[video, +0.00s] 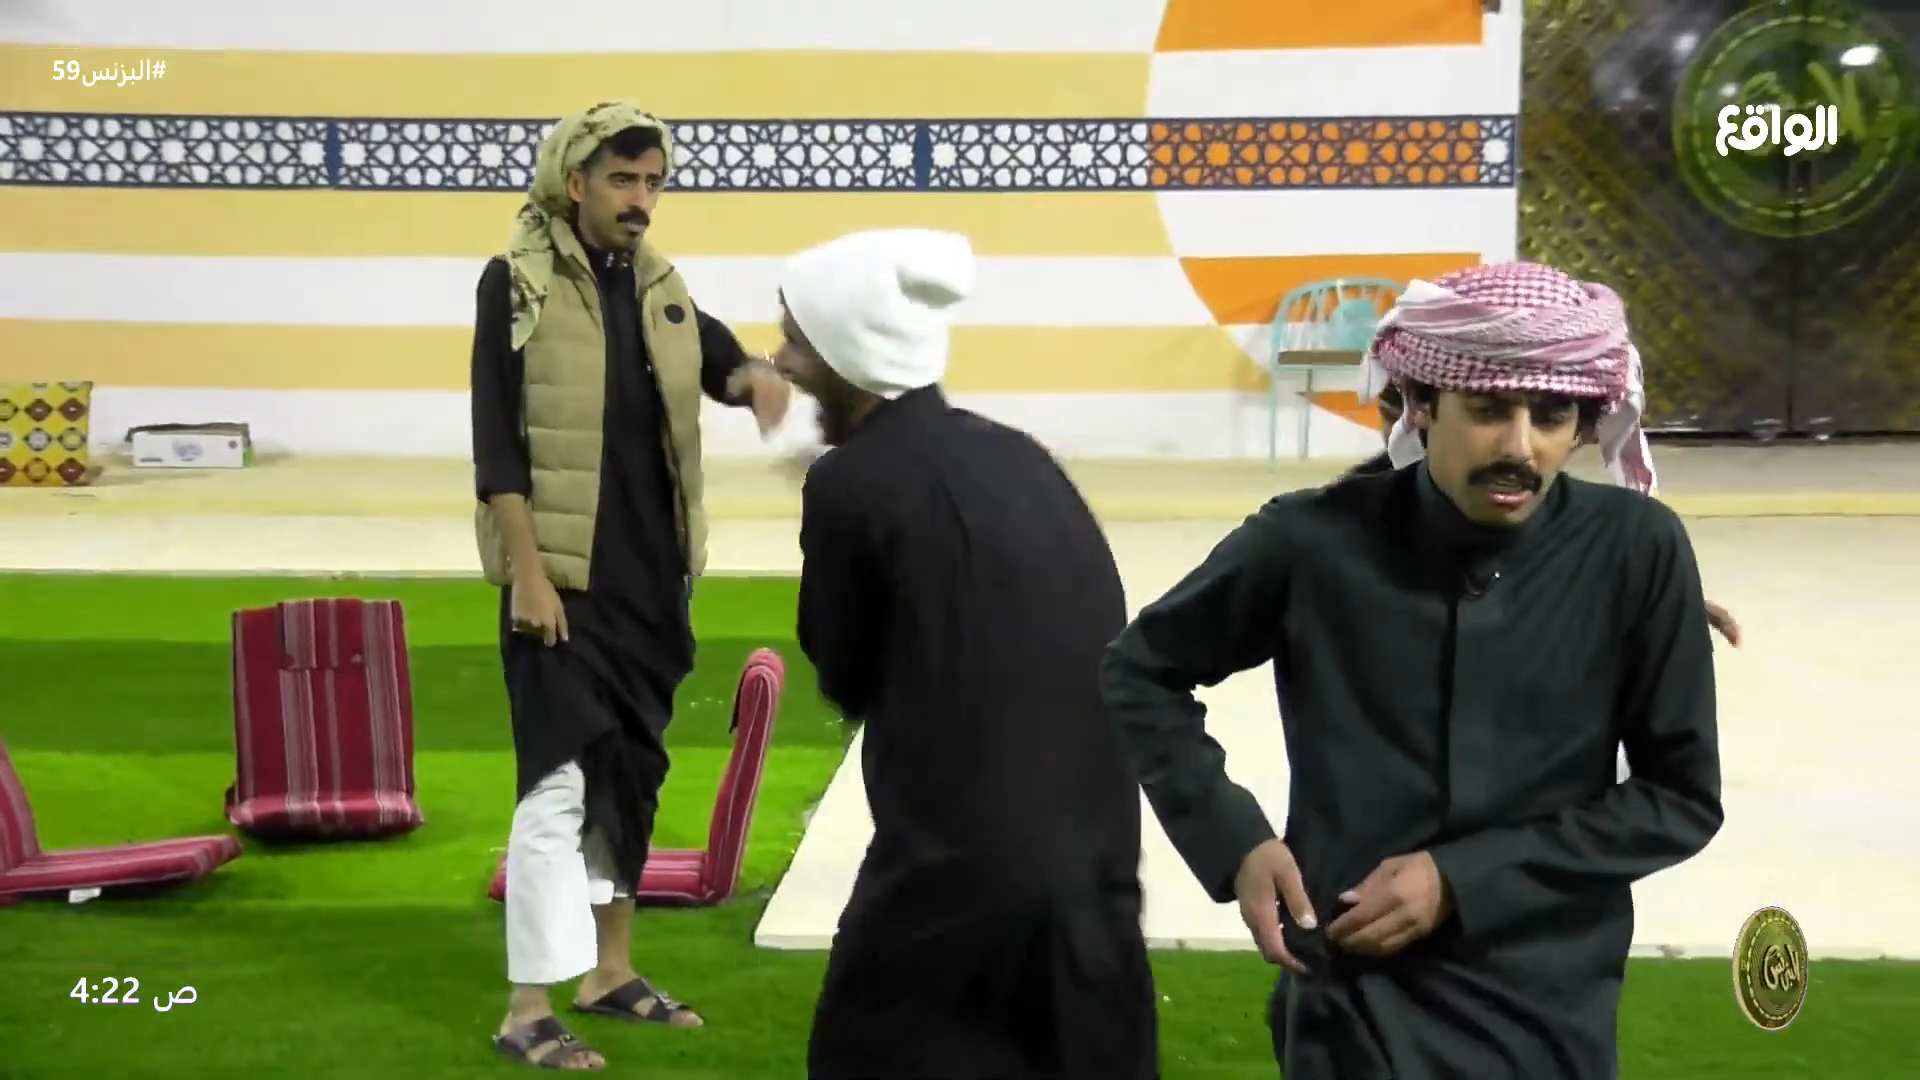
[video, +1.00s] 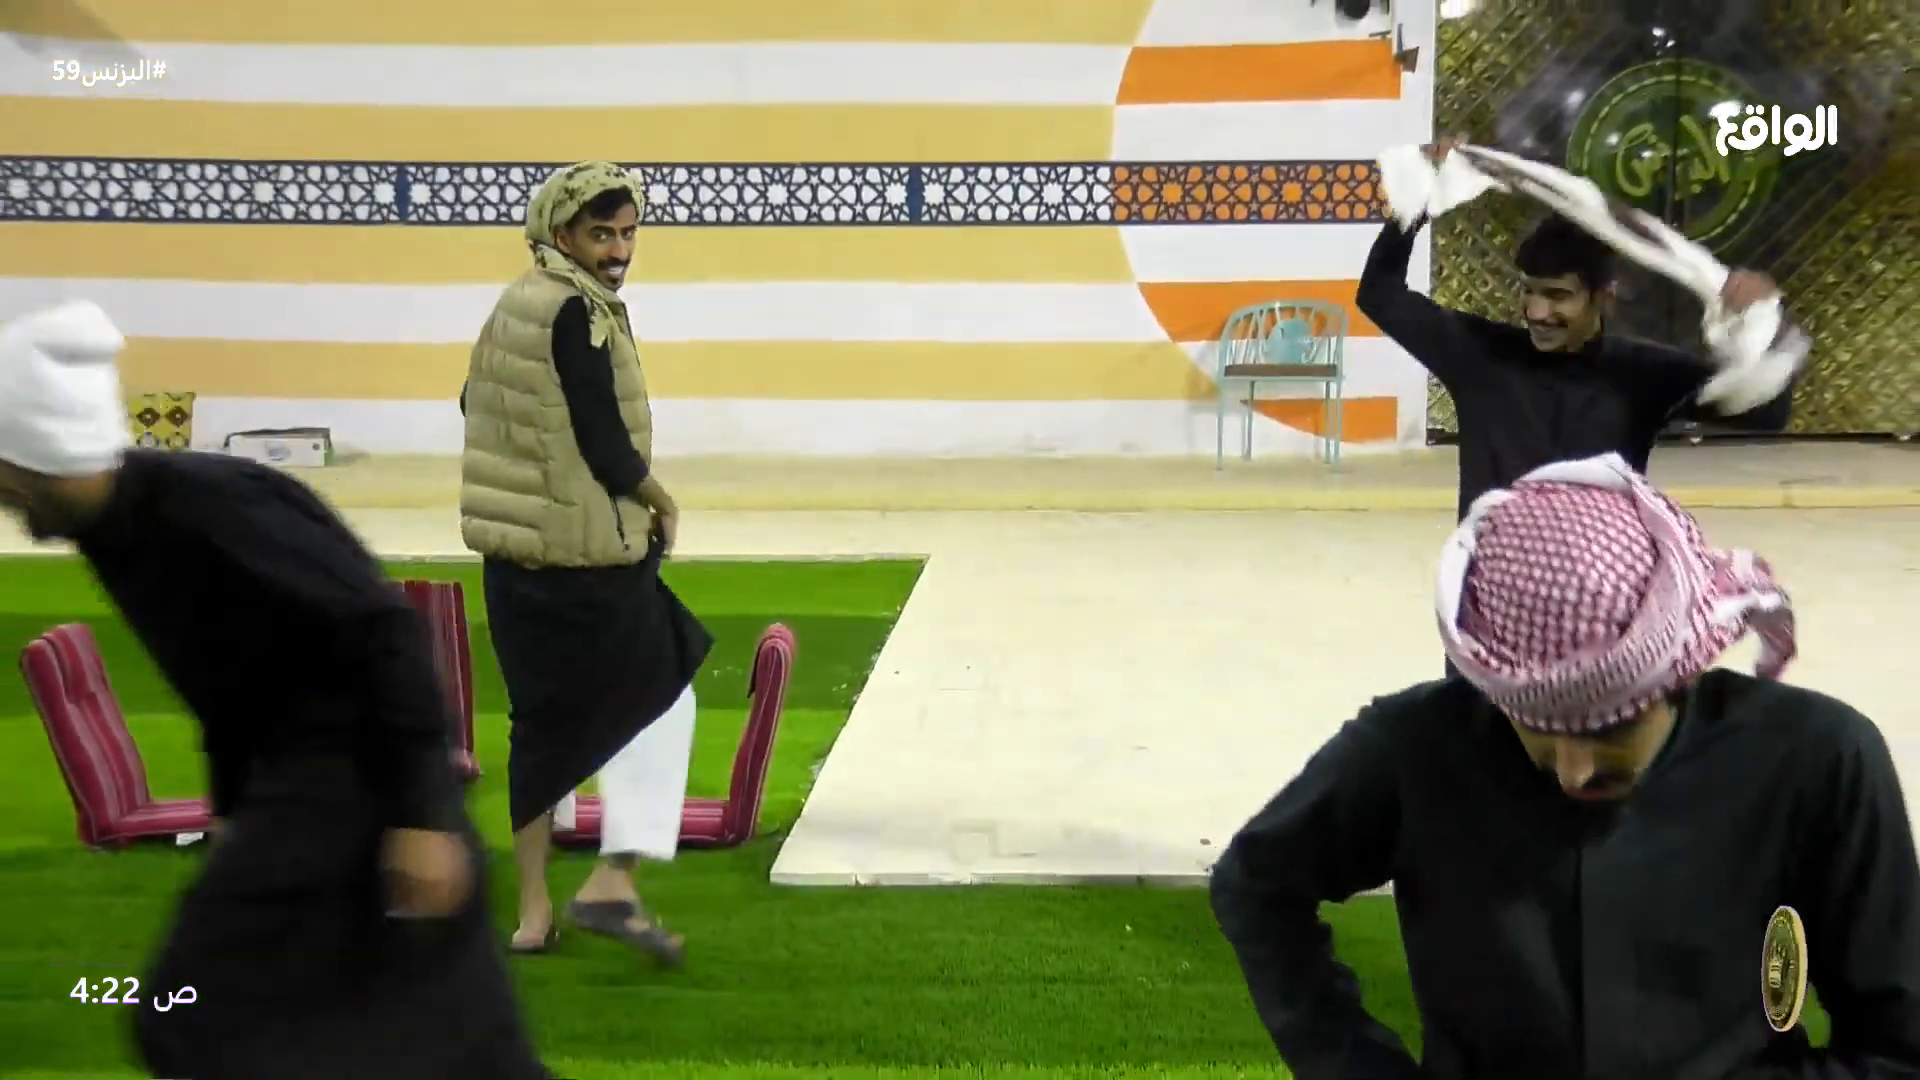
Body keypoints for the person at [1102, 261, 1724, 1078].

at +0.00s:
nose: (1519, 447)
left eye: (1549, 415)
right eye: (1488, 409)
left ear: (1582, 424)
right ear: (1423, 409)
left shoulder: (1640, 550)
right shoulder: (1306, 542)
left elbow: (1682, 799)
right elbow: (1137, 675)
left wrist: (1456, 878)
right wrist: (1239, 845)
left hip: (1549, 1022)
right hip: (1354, 1017)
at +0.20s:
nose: (1492, 492)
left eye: (1521, 454)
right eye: (1456, 460)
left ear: (1563, 454)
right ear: (1404, 467)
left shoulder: (1653, 586)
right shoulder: (1315, 594)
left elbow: (1718, 837)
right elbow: (1171, 717)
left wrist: (1479, 912)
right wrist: (1258, 893)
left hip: (1562, 1046)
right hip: (1356, 1043)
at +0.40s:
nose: (1469, 569)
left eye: (1495, 523)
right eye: (1427, 537)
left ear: (1548, 514)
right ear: (1378, 543)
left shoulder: (1668, 636)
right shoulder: (1318, 671)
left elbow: (1737, 902)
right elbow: (1187, 804)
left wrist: (1495, 1009)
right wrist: (1294, 979)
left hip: (1599, 1059)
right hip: (1369, 1061)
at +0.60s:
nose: (1491, 571)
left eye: (1514, 522)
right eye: (1446, 539)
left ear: (1570, 508)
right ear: (1400, 543)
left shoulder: (1692, 630)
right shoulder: (1324, 669)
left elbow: (1765, 903)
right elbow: (1179, 812)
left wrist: (1531, 1036)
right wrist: (1319, 998)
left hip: (1634, 1056)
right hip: (1393, 1057)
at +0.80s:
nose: (1533, 652)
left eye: (1560, 605)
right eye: (1490, 618)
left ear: (1615, 578)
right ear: (1440, 600)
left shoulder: (1744, 698)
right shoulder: (1356, 719)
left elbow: (1825, 979)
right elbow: (1191, 858)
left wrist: (1633, 1069)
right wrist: (1346, 1049)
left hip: (1661, 1057)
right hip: (1435, 1063)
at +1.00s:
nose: (1575, 771)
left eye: (1614, 732)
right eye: (1540, 733)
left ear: (1681, 674)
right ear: (1494, 687)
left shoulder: (1822, 764)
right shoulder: (1408, 754)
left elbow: (1893, 1039)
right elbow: (1253, 888)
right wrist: (1368, 1069)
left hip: (1734, 1061)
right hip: (1484, 1060)